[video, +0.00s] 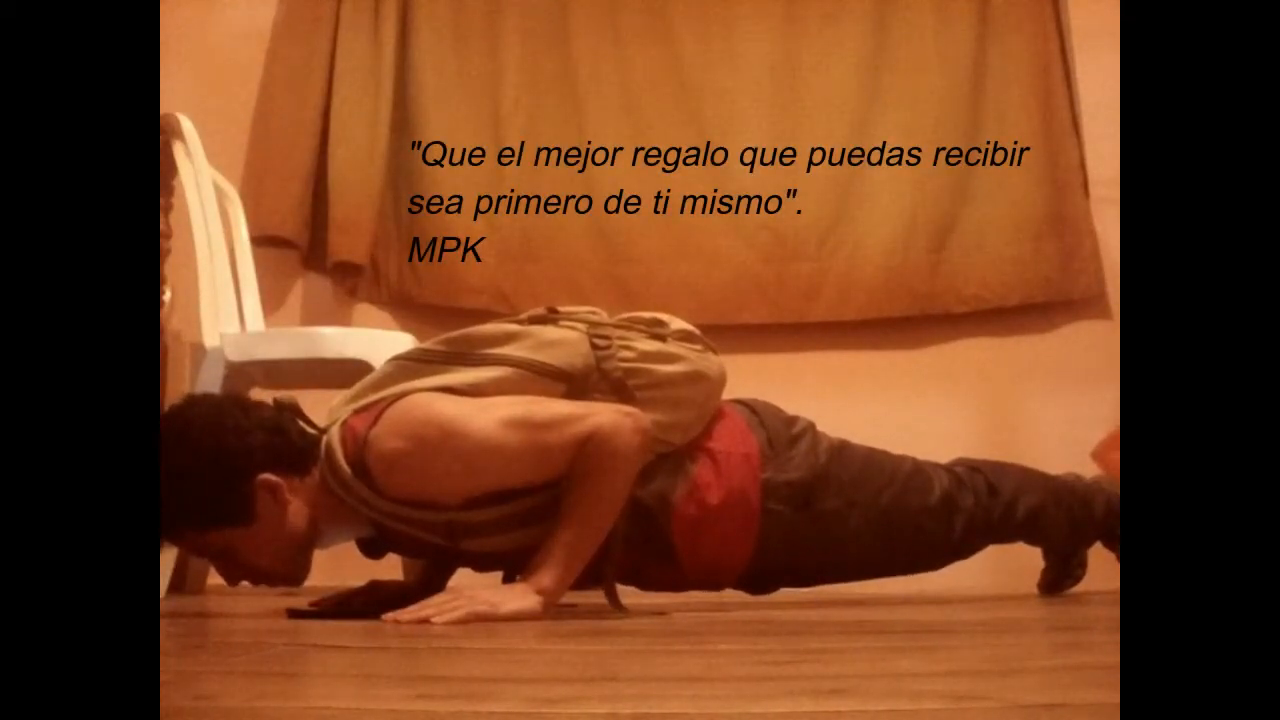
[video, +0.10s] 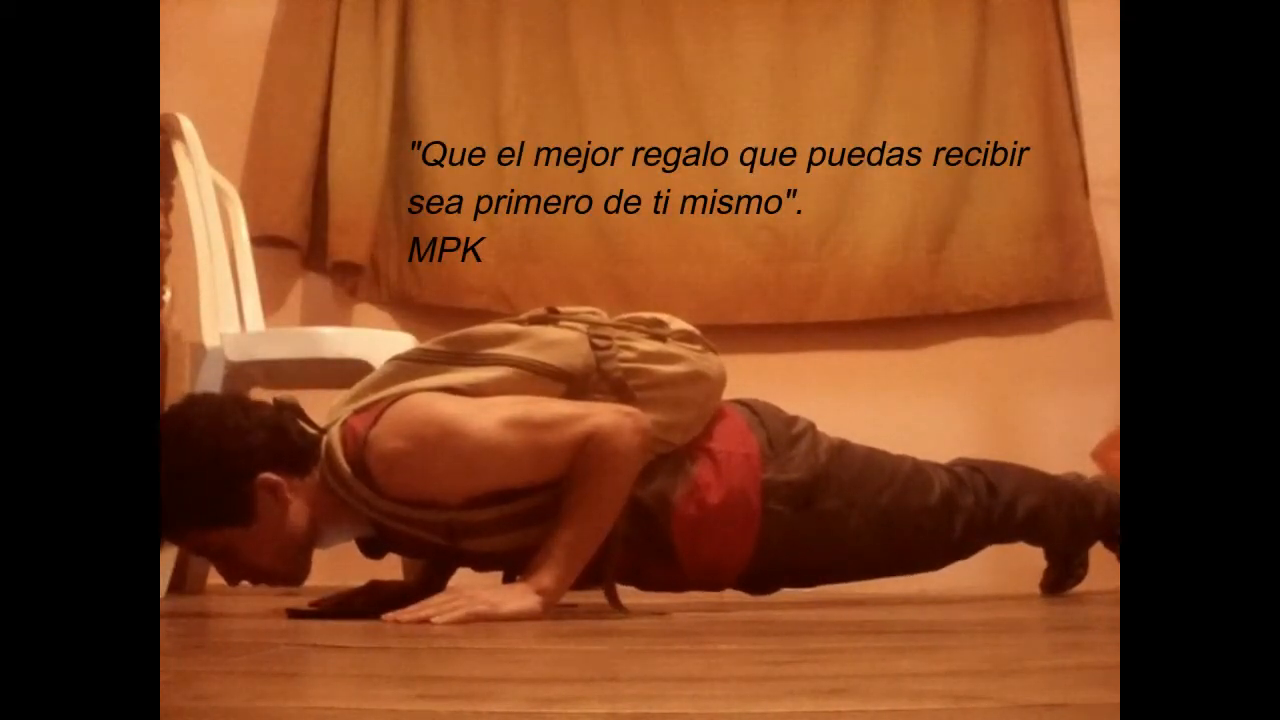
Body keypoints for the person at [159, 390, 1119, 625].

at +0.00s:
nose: (225, 573)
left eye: (218, 549)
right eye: (207, 560)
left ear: (271, 491)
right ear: (266, 480)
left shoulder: (402, 448)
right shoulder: (355, 458)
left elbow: (615, 437)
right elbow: (459, 536)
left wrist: (540, 588)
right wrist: (392, 585)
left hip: (739, 487)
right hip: (711, 501)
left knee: (946, 508)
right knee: (926, 505)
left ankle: (1094, 505)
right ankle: (1078, 505)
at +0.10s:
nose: (226, 573)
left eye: (220, 549)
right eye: (207, 560)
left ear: (273, 490)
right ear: (268, 481)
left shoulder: (403, 448)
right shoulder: (354, 458)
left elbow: (616, 437)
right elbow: (454, 539)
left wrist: (540, 588)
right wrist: (390, 586)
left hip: (739, 487)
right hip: (710, 501)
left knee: (945, 508)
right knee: (924, 505)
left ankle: (1092, 504)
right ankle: (1077, 503)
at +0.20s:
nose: (225, 571)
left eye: (220, 547)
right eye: (208, 558)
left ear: (275, 488)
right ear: (271, 480)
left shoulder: (405, 447)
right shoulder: (356, 456)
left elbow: (617, 437)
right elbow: (457, 535)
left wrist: (540, 588)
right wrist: (393, 585)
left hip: (738, 491)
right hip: (712, 494)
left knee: (943, 509)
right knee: (923, 504)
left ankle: (1092, 504)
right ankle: (1076, 504)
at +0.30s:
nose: (226, 568)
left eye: (219, 545)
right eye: (208, 554)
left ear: (271, 488)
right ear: (269, 478)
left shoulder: (404, 446)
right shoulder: (357, 456)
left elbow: (617, 437)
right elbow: (461, 538)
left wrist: (539, 588)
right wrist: (391, 587)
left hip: (739, 492)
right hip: (714, 491)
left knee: (946, 508)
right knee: (926, 502)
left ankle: (1093, 505)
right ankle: (1077, 504)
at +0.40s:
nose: (223, 569)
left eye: (218, 546)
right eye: (205, 556)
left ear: (274, 489)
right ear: (272, 480)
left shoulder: (404, 446)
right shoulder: (358, 457)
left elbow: (618, 438)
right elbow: (464, 541)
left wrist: (539, 588)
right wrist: (390, 588)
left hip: (738, 490)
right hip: (713, 498)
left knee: (942, 508)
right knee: (923, 504)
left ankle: (1092, 505)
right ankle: (1077, 505)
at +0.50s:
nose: (225, 570)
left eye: (218, 547)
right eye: (205, 557)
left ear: (273, 488)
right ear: (269, 480)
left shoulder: (403, 446)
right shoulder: (357, 459)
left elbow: (616, 438)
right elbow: (456, 545)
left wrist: (538, 588)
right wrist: (388, 589)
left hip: (737, 491)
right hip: (712, 497)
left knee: (941, 508)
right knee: (922, 504)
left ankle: (1091, 504)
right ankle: (1076, 504)